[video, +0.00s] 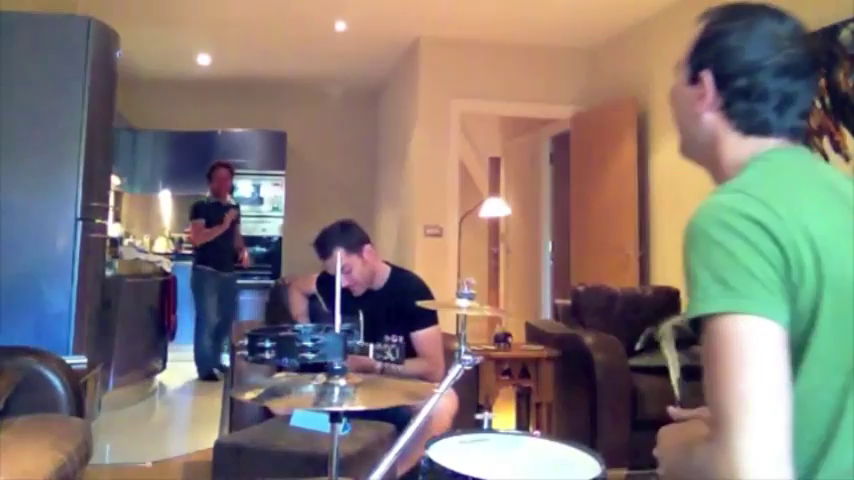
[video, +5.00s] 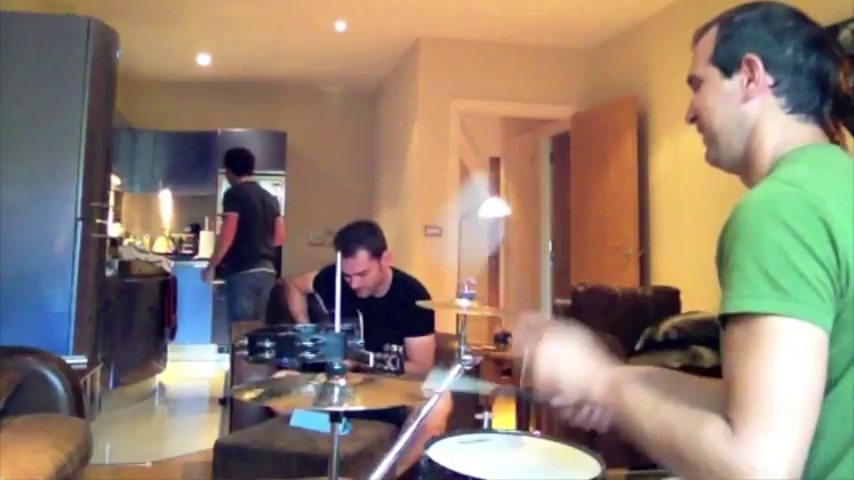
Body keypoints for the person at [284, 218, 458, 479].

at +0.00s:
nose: (343, 283)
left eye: (347, 271)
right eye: (336, 275)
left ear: (368, 253)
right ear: (329, 269)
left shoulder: (410, 289)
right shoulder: (332, 284)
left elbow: (434, 369)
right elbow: (295, 288)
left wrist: (374, 367)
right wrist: (305, 335)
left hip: (395, 391)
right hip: (339, 387)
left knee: (444, 402)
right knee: (279, 398)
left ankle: (390, 473)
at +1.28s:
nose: (372, 272)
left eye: (382, 263)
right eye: (367, 262)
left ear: (404, 255)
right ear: (362, 250)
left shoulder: (424, 291)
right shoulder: (348, 271)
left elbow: (424, 370)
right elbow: (306, 272)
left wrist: (387, 368)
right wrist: (310, 325)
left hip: (394, 387)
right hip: (341, 379)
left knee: (450, 405)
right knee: (277, 399)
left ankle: (390, 472)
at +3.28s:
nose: (360, 278)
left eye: (370, 268)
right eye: (352, 268)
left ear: (390, 258)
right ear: (344, 258)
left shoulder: (412, 295)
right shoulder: (336, 277)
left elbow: (424, 371)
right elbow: (293, 287)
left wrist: (371, 366)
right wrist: (305, 329)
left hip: (389, 388)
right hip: (336, 381)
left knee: (438, 403)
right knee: (280, 388)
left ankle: (387, 473)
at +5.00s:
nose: (354, 284)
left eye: (362, 274)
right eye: (348, 275)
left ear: (385, 261)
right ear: (340, 265)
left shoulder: (412, 295)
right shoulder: (334, 279)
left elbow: (422, 368)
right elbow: (294, 287)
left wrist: (367, 367)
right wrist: (306, 333)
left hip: (389, 387)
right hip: (335, 381)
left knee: (438, 404)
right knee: (280, 389)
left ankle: (388, 473)